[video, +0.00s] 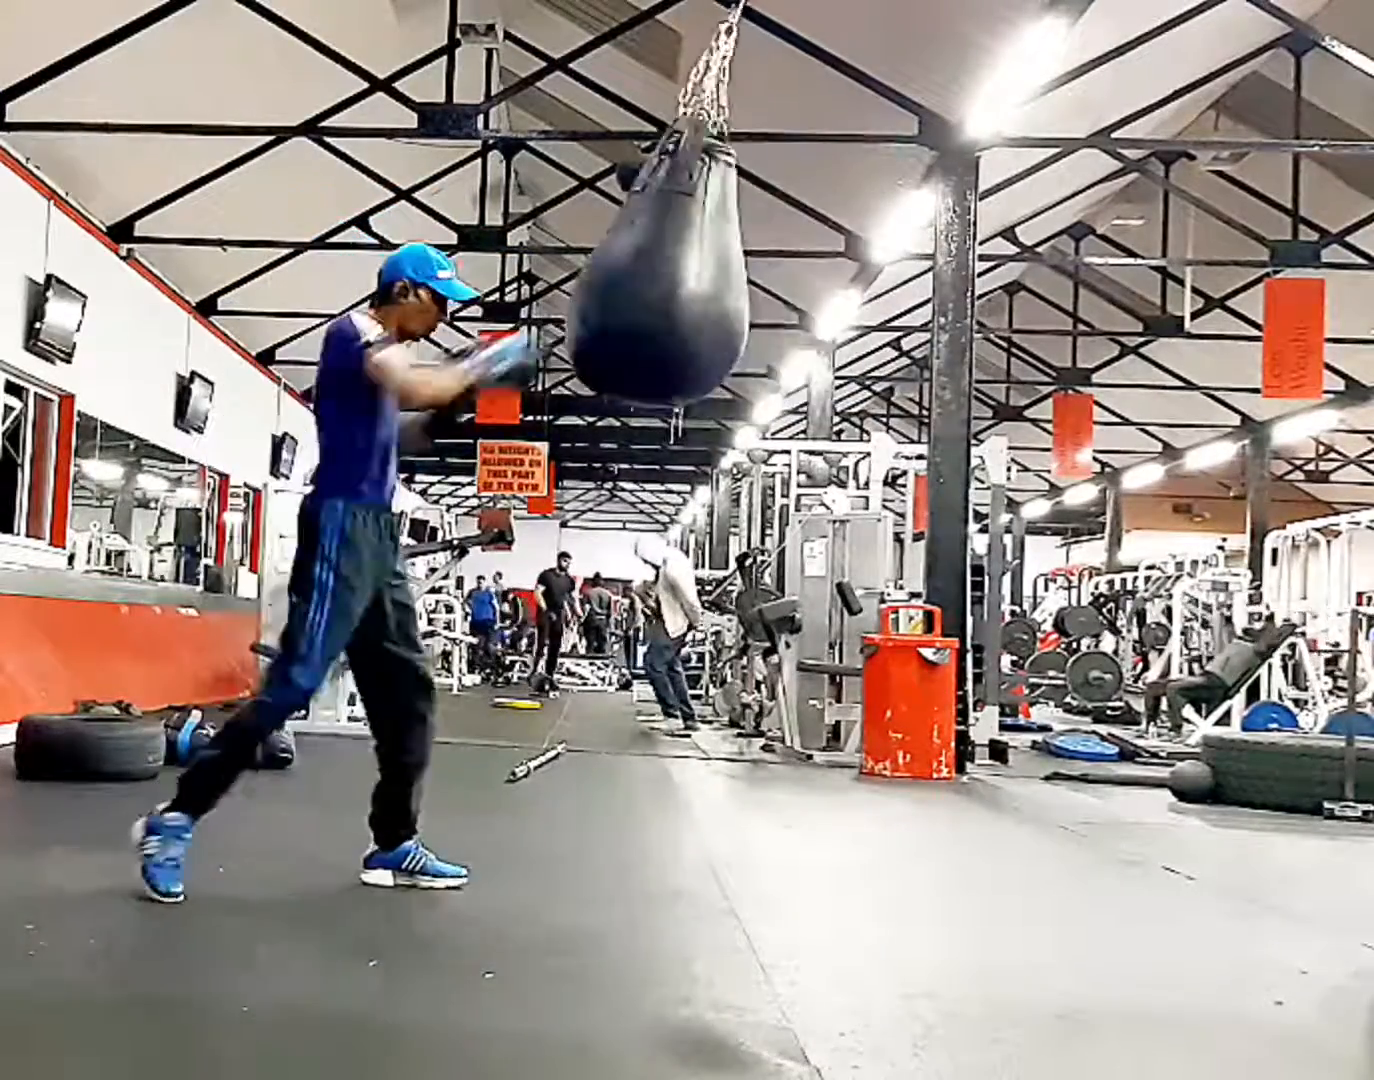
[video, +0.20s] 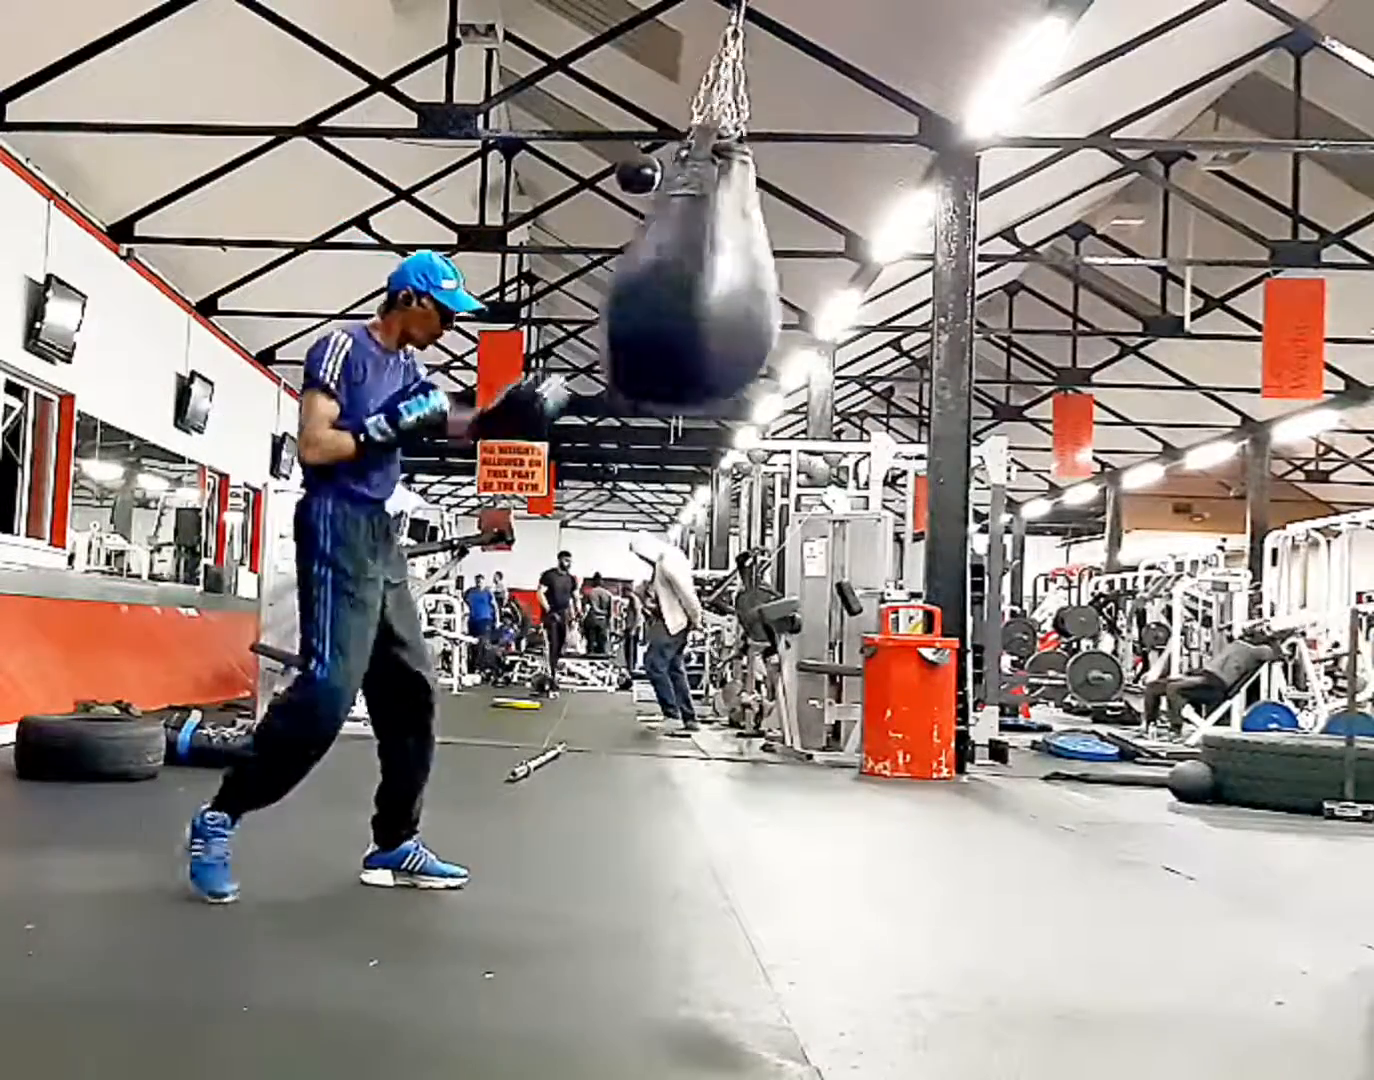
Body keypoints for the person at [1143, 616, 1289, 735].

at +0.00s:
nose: (1253, 628)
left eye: (1259, 628)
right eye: (1254, 627)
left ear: (1262, 637)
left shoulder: (1257, 650)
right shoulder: (1232, 645)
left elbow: (1272, 641)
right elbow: (1220, 631)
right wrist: (1220, 613)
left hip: (1218, 683)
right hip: (1203, 677)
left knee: (1173, 688)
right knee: (1152, 688)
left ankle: (1177, 731)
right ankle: (1148, 728)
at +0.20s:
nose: (1257, 634)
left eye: (1259, 633)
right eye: (1257, 631)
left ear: (1259, 638)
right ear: (1251, 633)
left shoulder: (1258, 651)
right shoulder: (1236, 644)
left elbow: (1278, 656)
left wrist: (1273, 640)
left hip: (1216, 683)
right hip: (1201, 674)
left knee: (1173, 688)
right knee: (1152, 687)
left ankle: (1176, 731)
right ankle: (1147, 728)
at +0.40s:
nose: (1255, 633)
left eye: (1259, 631)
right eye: (1256, 630)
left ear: (1260, 638)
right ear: (1249, 632)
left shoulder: (1258, 651)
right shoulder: (1236, 644)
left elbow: (1277, 653)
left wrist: (1271, 638)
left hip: (1218, 683)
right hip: (1203, 674)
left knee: (1173, 688)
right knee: (1152, 687)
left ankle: (1176, 730)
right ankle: (1147, 728)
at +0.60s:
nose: (1261, 631)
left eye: (1263, 629)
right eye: (1262, 629)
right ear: (1255, 635)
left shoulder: (1258, 650)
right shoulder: (1235, 643)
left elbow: (1271, 643)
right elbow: (1225, 627)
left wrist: (1287, 628)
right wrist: (1220, 609)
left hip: (1217, 683)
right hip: (1202, 677)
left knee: (1174, 689)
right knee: (1152, 688)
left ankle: (1176, 731)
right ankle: (1148, 728)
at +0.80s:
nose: (1249, 629)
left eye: (1256, 627)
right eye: (1251, 625)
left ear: (1257, 636)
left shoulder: (1255, 651)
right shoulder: (1235, 644)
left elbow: (1267, 628)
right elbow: (1235, 627)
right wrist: (1230, 606)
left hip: (1218, 682)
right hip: (1204, 677)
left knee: (1174, 688)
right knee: (1153, 687)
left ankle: (1176, 730)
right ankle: (1149, 727)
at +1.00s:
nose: (1253, 626)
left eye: (1256, 627)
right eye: (1254, 624)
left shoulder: (1256, 650)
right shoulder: (1239, 643)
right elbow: (1237, 631)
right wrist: (1230, 607)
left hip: (1218, 681)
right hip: (1205, 675)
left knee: (1173, 689)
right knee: (1153, 687)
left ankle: (1176, 729)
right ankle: (1149, 725)